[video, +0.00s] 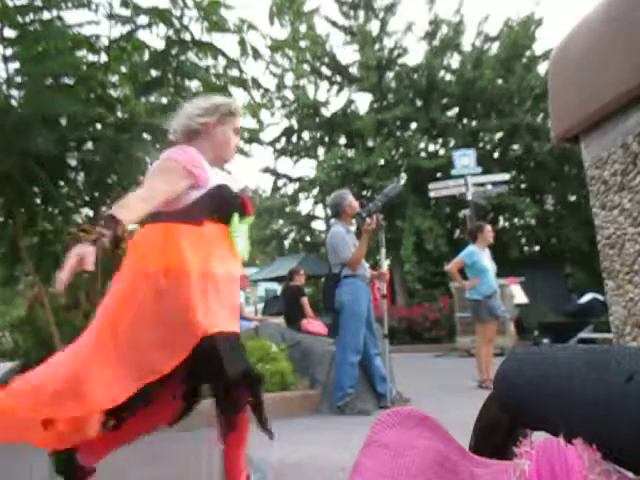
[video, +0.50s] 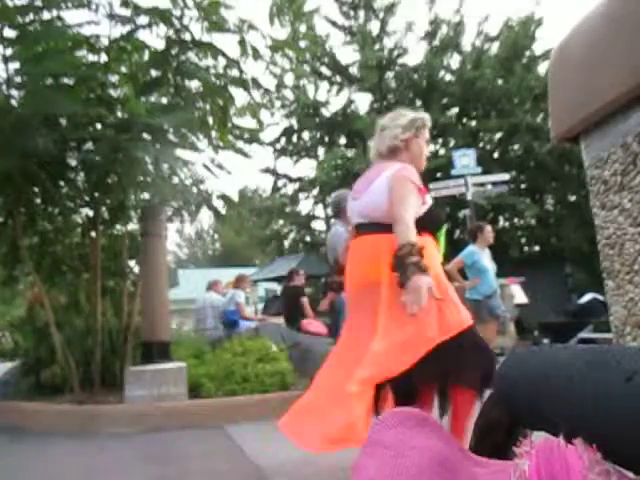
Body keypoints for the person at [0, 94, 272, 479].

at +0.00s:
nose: (239, 141)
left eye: (240, 133)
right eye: (235, 131)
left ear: (213, 128)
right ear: (210, 126)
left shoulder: (204, 172)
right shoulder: (184, 162)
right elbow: (141, 199)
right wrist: (95, 241)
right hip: (184, 300)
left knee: (172, 400)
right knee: (235, 388)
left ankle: (85, 456)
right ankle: (237, 473)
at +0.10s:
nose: (282, 143)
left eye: (282, 134)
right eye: (278, 133)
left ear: (252, 133)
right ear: (255, 131)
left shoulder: (244, 173)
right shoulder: (231, 167)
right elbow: (197, 209)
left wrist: (280, 218)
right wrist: (163, 253)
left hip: (250, 294)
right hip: (237, 293)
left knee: (259, 384)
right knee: (269, 389)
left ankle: (199, 450)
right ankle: (242, 473)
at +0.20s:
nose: (322, 138)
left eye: (323, 130)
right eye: (319, 129)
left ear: (298, 129)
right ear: (298, 127)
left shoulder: (294, 167)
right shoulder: (277, 160)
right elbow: (254, 208)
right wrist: (237, 248)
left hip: (302, 286)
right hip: (282, 285)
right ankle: (244, 467)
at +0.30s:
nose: (359, 139)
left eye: (359, 131)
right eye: (356, 130)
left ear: (329, 128)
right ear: (337, 125)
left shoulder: (303, 164)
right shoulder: (326, 158)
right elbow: (307, 201)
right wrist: (297, 244)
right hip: (336, 298)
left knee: (320, 395)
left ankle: (262, 455)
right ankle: (402, 457)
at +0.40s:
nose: (395, 147)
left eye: (395, 139)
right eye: (392, 138)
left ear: (362, 138)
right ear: (372, 136)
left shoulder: (335, 176)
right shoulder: (365, 168)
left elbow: (309, 235)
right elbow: (354, 210)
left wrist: (294, 255)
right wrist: (350, 255)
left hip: (339, 281)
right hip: (377, 279)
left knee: (345, 354)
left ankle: (341, 432)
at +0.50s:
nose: (428, 150)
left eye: (428, 142)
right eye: (425, 141)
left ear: (393, 142)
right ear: (407, 141)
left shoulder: (366, 179)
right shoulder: (402, 175)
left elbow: (357, 233)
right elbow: (402, 220)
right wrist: (414, 268)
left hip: (368, 272)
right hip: (401, 269)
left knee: (410, 364)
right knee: (472, 355)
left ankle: (405, 443)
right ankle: (458, 448)